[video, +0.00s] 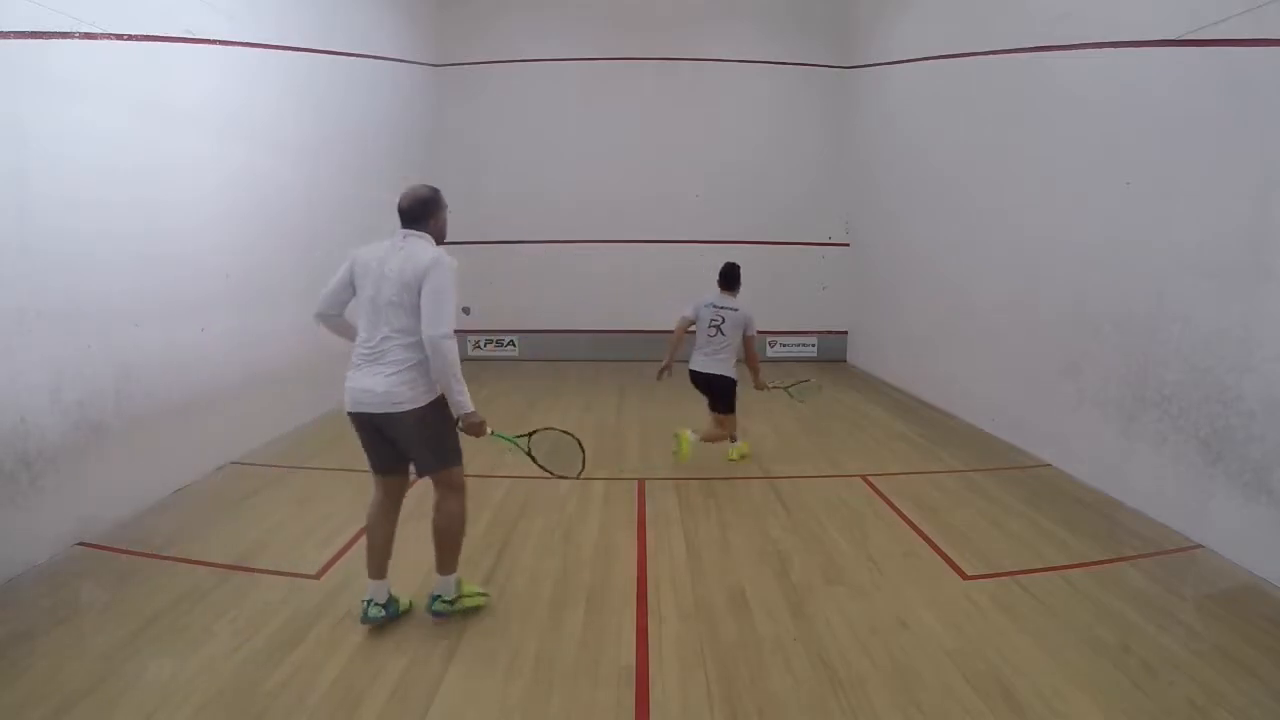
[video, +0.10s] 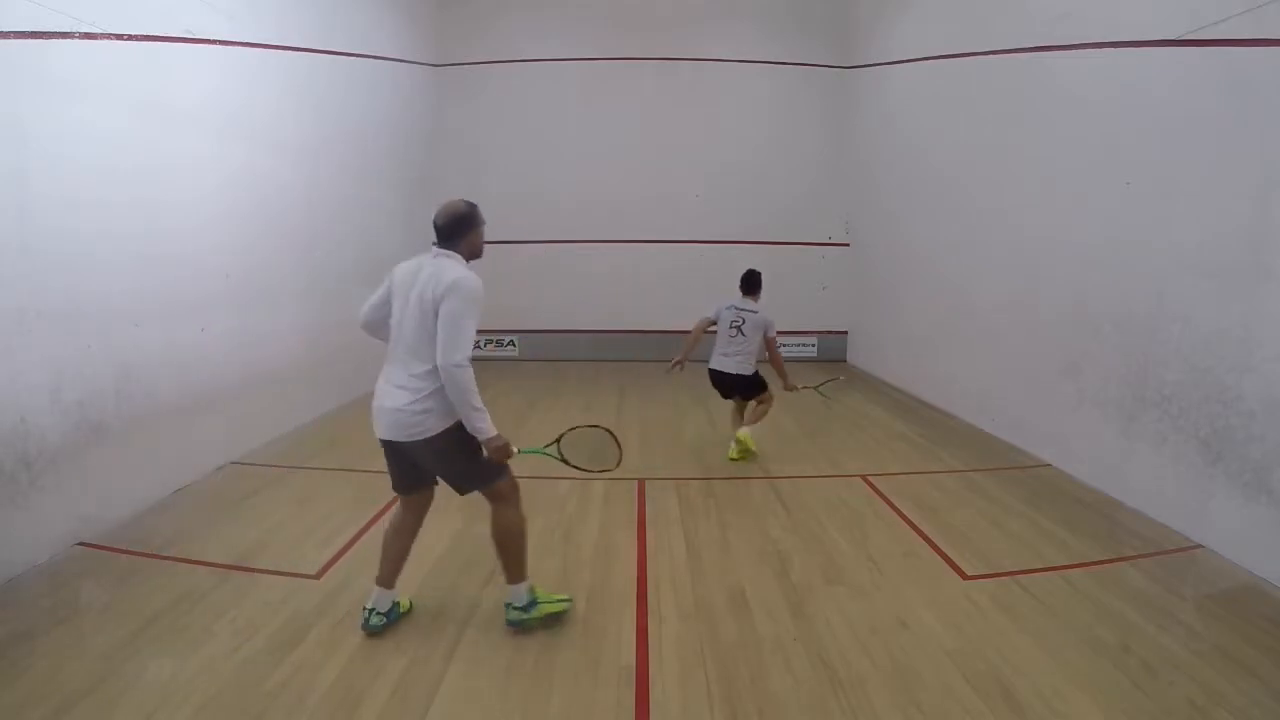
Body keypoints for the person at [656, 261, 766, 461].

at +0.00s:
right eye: (736, 282)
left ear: (718, 282)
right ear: (739, 285)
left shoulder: (703, 304)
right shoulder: (744, 314)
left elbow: (680, 329)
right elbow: (750, 355)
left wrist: (669, 360)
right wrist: (757, 379)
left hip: (696, 373)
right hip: (722, 378)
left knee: (722, 401)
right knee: (724, 431)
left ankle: (734, 443)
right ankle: (692, 437)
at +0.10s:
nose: (757, 290)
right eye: (758, 287)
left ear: (740, 288)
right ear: (760, 290)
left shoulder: (725, 309)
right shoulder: (764, 319)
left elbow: (699, 327)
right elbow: (774, 356)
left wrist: (683, 356)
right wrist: (786, 381)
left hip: (716, 371)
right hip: (743, 375)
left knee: (740, 400)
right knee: (765, 400)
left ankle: (736, 445)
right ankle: (745, 430)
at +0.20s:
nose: (779, 295)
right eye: (779, 292)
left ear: (760, 293)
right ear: (778, 295)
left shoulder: (744, 311)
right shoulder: (782, 322)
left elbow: (717, 325)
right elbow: (795, 359)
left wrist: (700, 345)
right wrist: (810, 383)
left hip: (737, 370)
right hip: (763, 372)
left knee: (749, 406)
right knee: (784, 384)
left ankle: (738, 434)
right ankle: (787, 423)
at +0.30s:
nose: (798, 304)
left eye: (797, 300)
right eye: (798, 301)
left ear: (779, 301)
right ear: (795, 302)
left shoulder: (765, 317)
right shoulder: (800, 328)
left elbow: (741, 328)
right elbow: (814, 365)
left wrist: (720, 346)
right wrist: (831, 388)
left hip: (754, 372)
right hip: (780, 375)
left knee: (750, 413)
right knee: (797, 389)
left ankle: (743, 429)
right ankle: (805, 412)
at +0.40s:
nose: (814, 323)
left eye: (812, 320)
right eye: (813, 321)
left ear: (795, 320)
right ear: (811, 322)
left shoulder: (781, 334)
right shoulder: (814, 341)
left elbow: (758, 351)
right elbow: (832, 369)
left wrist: (740, 373)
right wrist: (853, 387)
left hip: (772, 380)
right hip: (796, 382)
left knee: (762, 409)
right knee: (813, 384)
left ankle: (751, 428)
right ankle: (812, 414)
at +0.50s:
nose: (824, 348)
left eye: (824, 346)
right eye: (824, 346)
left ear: (808, 341)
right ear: (821, 344)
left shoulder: (791, 348)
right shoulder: (819, 352)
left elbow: (777, 371)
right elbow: (835, 371)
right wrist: (848, 383)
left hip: (783, 379)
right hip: (805, 380)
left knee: (769, 423)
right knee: (820, 377)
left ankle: (756, 425)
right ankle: (811, 413)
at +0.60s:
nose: (826, 352)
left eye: (825, 349)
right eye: (826, 349)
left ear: (813, 343)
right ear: (825, 347)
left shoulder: (796, 349)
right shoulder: (825, 350)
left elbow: (782, 374)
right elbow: (838, 375)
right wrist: (841, 388)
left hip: (788, 373)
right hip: (810, 373)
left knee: (782, 422)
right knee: (826, 373)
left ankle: (769, 422)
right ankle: (812, 412)